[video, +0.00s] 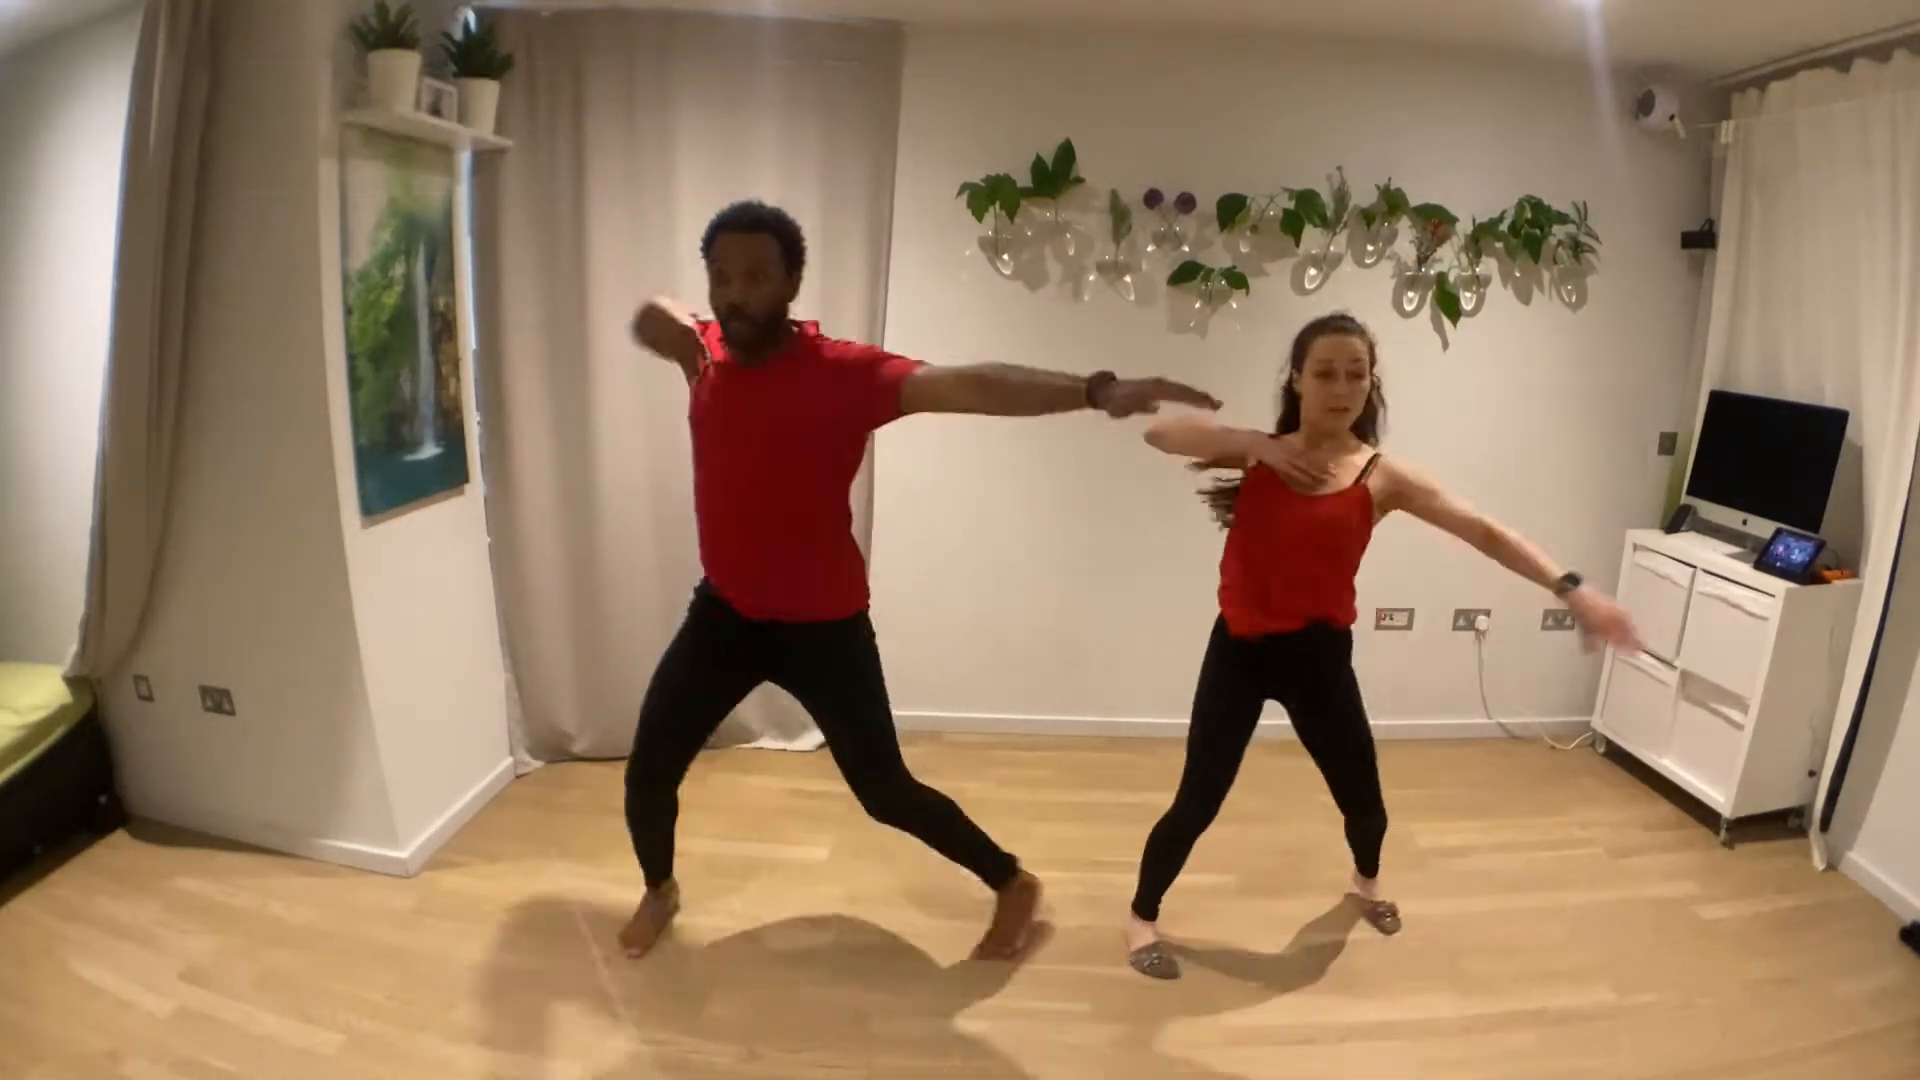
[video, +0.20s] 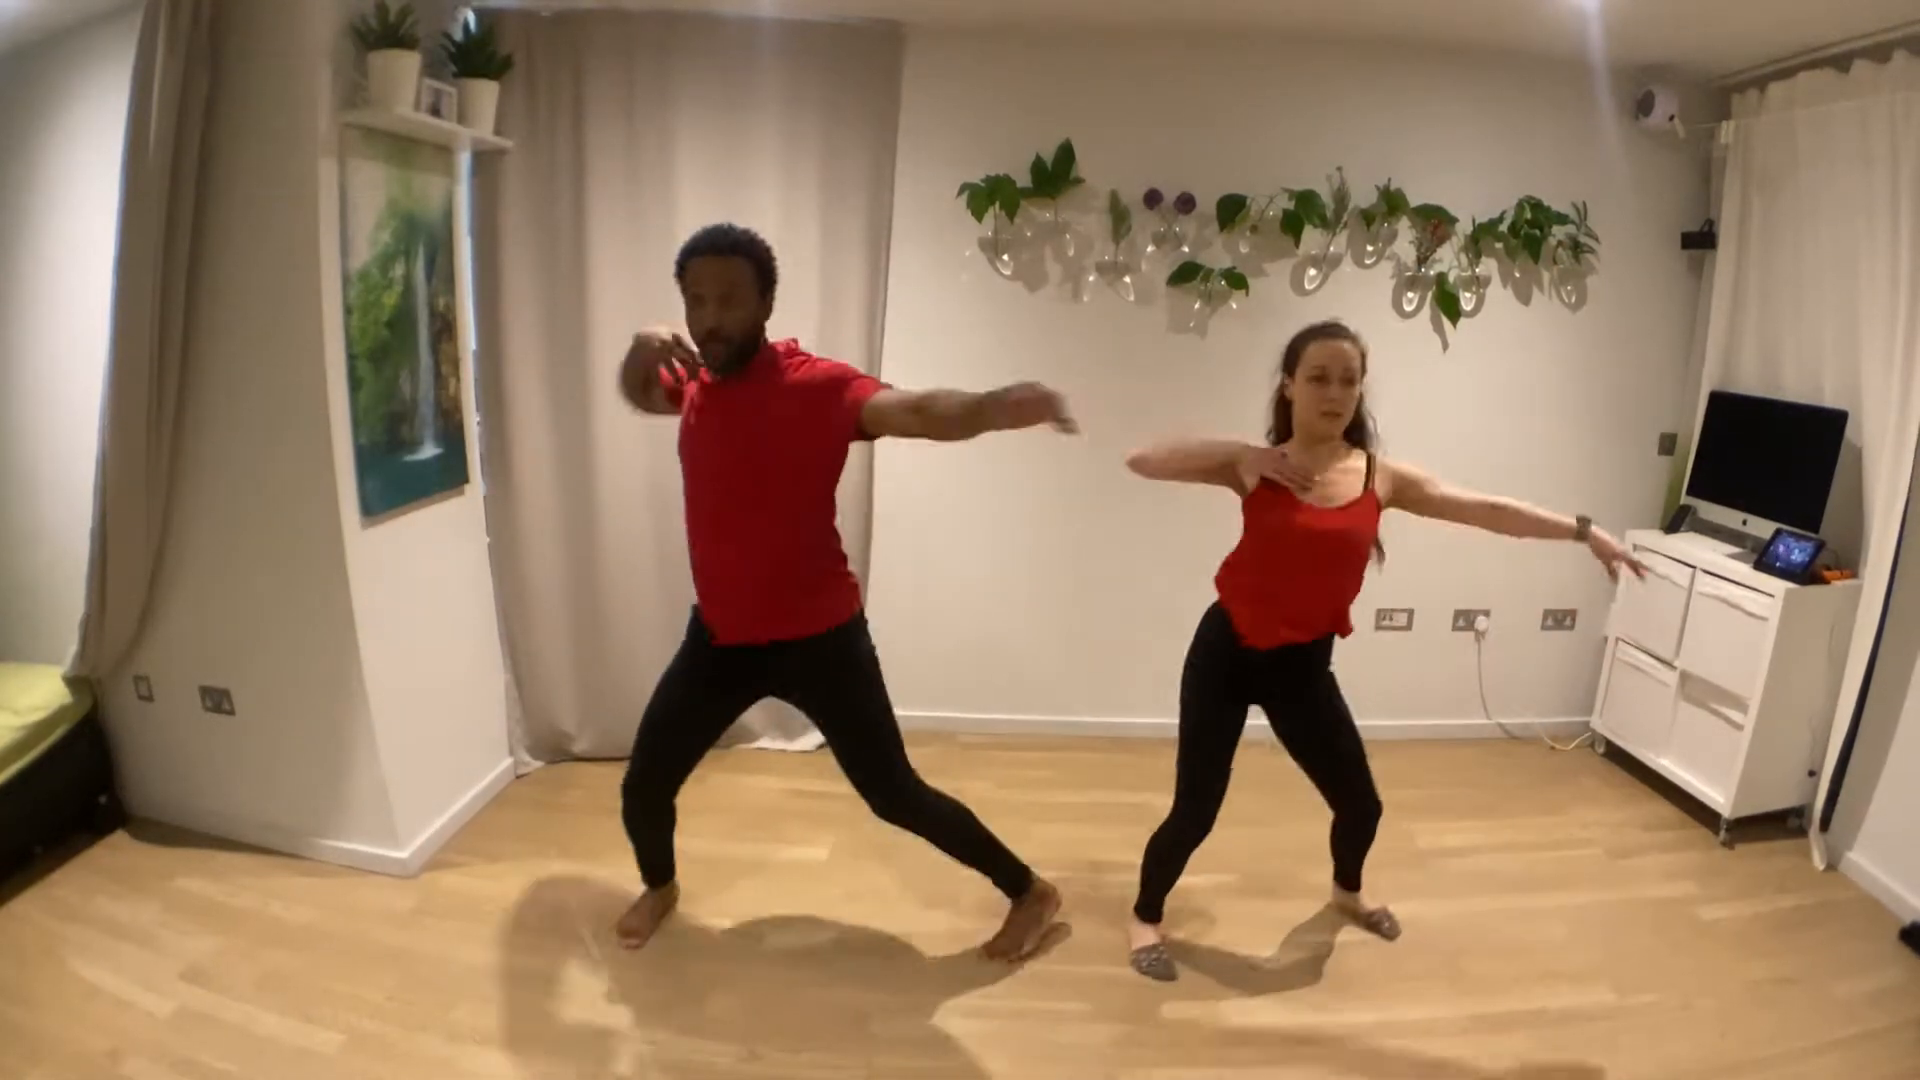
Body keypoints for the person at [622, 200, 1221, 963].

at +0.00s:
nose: (734, 294)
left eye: (754, 275)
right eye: (721, 276)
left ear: (792, 283)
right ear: (709, 281)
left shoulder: (843, 373)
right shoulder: (711, 353)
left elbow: (972, 387)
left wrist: (1096, 391)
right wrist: (655, 322)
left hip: (824, 625)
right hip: (725, 614)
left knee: (884, 793)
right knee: (648, 778)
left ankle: (1011, 883)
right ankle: (658, 890)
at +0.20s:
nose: (711, 317)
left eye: (729, 299)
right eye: (697, 299)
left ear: (766, 303)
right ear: (684, 305)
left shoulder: (815, 388)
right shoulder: (695, 382)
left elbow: (913, 412)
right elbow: (641, 395)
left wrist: (992, 409)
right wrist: (644, 349)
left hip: (820, 636)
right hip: (723, 635)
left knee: (895, 796)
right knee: (645, 789)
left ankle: (1030, 893)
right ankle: (658, 888)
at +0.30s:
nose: (734, 314)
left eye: (753, 295)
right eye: (718, 296)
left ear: (786, 298)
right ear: (702, 300)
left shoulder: (835, 371)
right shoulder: (678, 390)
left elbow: (968, 415)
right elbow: (560, 443)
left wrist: (922, 418)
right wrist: (635, 364)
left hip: (831, 622)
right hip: (727, 624)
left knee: (912, 774)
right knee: (670, 785)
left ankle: (979, 895)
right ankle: (657, 891)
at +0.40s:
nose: (782, 296)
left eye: (797, 278)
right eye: (763, 281)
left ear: (821, 279)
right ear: (739, 289)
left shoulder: (849, 360)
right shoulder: (709, 386)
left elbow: (884, 439)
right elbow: (695, 495)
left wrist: (886, 470)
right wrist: (798, 416)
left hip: (835, 615)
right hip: (746, 616)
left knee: (924, 751)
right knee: (709, 794)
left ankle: (867, 914)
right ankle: (641, 875)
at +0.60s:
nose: (786, 283)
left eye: (787, 271)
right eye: (791, 272)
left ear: (794, 278)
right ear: (870, 279)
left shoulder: (742, 369)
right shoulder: (920, 367)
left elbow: (674, 477)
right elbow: (988, 490)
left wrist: (743, 527)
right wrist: (902, 481)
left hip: (770, 601)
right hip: (862, 597)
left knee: (861, 751)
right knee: (901, 766)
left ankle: (885, 926)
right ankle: (780, 913)